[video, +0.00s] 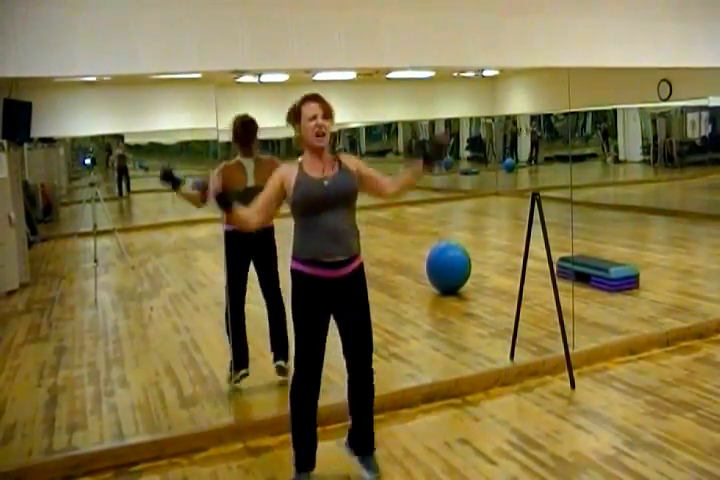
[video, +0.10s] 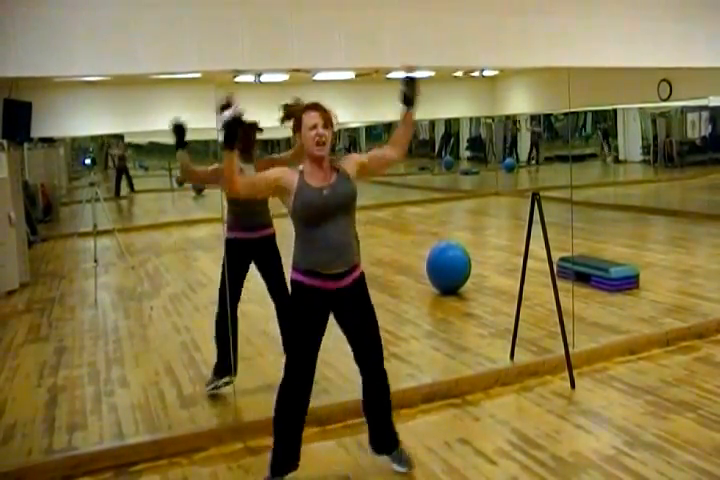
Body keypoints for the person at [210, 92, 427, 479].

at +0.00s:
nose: (320, 124)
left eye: (324, 117)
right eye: (311, 119)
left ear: (332, 124)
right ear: (298, 129)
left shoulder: (349, 164)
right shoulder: (287, 174)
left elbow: (387, 188)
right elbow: (253, 220)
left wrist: (415, 169)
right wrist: (223, 201)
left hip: (351, 274)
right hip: (309, 278)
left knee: (361, 365)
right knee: (307, 371)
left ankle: (363, 446)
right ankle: (304, 464)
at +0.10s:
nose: (320, 133)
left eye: (324, 127)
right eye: (312, 128)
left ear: (333, 134)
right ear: (299, 138)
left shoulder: (348, 166)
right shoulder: (285, 177)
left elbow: (395, 152)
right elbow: (234, 187)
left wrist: (409, 107)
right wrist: (231, 137)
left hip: (351, 284)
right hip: (308, 288)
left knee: (373, 364)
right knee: (298, 375)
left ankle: (385, 443)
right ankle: (281, 467)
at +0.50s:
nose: (322, 131)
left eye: (326, 125)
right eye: (313, 126)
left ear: (334, 131)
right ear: (299, 135)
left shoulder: (349, 167)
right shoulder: (287, 177)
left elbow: (394, 175)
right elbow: (241, 207)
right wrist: (216, 187)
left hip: (349, 282)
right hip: (306, 285)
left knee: (370, 365)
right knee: (301, 380)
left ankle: (379, 448)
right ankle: (288, 471)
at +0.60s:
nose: (322, 142)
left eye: (326, 136)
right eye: (314, 138)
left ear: (334, 142)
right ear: (301, 147)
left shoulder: (350, 184)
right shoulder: (288, 195)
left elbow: (385, 219)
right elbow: (262, 242)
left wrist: (430, 240)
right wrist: (242, 253)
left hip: (350, 296)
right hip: (308, 300)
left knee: (363, 381)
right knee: (309, 387)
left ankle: (363, 463)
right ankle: (306, 471)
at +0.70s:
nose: (324, 150)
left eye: (328, 143)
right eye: (316, 145)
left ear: (335, 149)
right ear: (303, 154)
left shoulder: (350, 195)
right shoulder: (291, 202)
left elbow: (365, 254)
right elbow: (280, 260)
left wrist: (386, 300)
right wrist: (270, 308)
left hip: (350, 305)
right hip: (307, 309)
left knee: (366, 386)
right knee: (309, 392)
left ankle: (361, 462)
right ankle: (306, 471)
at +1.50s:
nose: (335, 140)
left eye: (340, 133)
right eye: (327, 134)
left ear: (347, 138)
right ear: (312, 142)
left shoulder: (357, 179)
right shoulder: (298, 187)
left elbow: (371, 225)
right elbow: (277, 234)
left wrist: (396, 255)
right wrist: (265, 275)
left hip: (354, 292)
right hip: (312, 294)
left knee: (376, 368)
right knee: (304, 384)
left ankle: (368, 449)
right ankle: (300, 472)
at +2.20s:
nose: (351, 179)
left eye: (354, 172)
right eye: (341, 174)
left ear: (361, 179)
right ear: (325, 186)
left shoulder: (374, 225)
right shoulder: (313, 231)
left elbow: (395, 273)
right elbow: (290, 288)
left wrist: (433, 289)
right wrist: (277, 320)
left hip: (369, 335)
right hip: (322, 340)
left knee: (410, 400)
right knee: (300, 423)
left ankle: (411, 472)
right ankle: (286, 477)